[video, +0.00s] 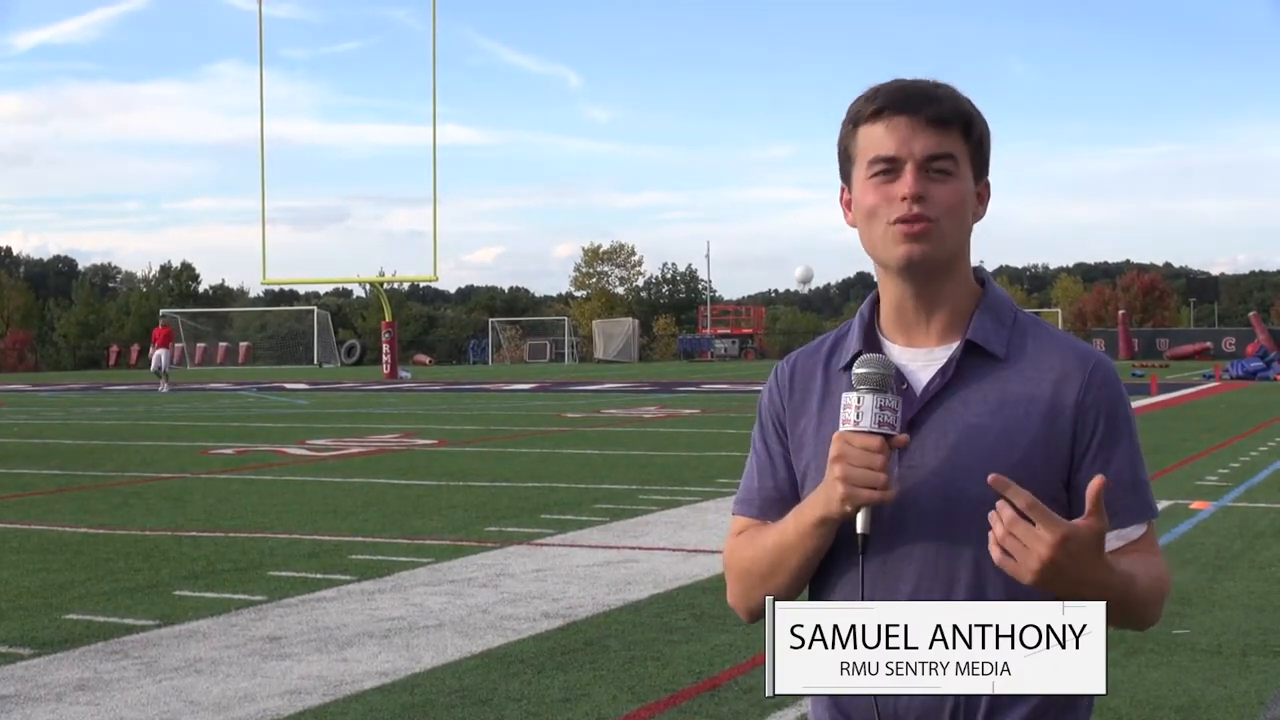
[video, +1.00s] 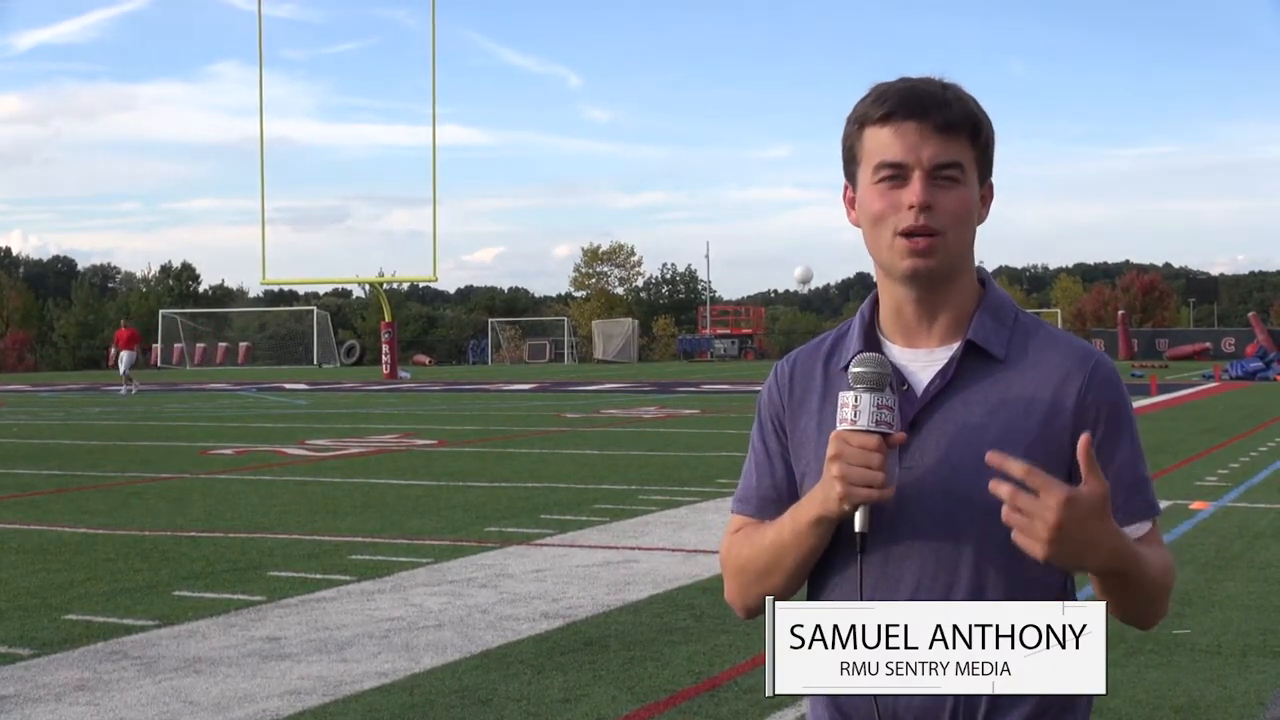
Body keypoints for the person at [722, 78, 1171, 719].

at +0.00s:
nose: (910, 190)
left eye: (938, 170)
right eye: (884, 171)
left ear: (980, 198)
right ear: (849, 207)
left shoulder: (1077, 379)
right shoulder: (796, 384)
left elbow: (1147, 593)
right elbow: (744, 590)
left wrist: (1093, 578)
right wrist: (824, 503)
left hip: (1025, 707)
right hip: (847, 707)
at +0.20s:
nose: (912, 195)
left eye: (940, 173)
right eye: (885, 174)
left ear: (980, 199)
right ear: (849, 206)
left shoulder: (1074, 378)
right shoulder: (795, 384)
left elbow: (1146, 608)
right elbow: (741, 590)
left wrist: (1097, 538)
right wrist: (820, 499)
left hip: (1024, 706)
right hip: (848, 707)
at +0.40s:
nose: (917, 200)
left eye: (946, 178)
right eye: (891, 177)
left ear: (985, 200)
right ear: (853, 202)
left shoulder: (1072, 377)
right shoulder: (795, 383)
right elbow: (740, 590)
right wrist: (819, 497)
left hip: (1022, 705)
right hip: (846, 707)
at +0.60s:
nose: (923, 196)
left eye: (951, 173)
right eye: (896, 174)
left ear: (988, 199)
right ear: (856, 202)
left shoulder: (1077, 378)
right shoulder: (797, 382)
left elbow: (1145, 610)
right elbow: (740, 587)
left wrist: (1111, 524)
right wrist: (821, 496)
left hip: (1023, 706)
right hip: (846, 707)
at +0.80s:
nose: (920, 197)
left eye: (948, 174)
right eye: (893, 175)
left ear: (986, 199)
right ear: (855, 204)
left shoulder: (1078, 380)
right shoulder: (797, 384)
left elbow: (1147, 609)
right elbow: (742, 588)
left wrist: (1109, 549)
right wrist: (823, 502)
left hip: (1026, 707)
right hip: (846, 707)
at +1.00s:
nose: (918, 199)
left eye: (946, 176)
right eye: (891, 176)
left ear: (983, 200)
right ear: (852, 203)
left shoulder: (1076, 378)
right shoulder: (796, 384)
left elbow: (1149, 606)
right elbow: (742, 588)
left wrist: (1107, 550)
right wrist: (822, 502)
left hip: (1026, 706)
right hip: (846, 707)